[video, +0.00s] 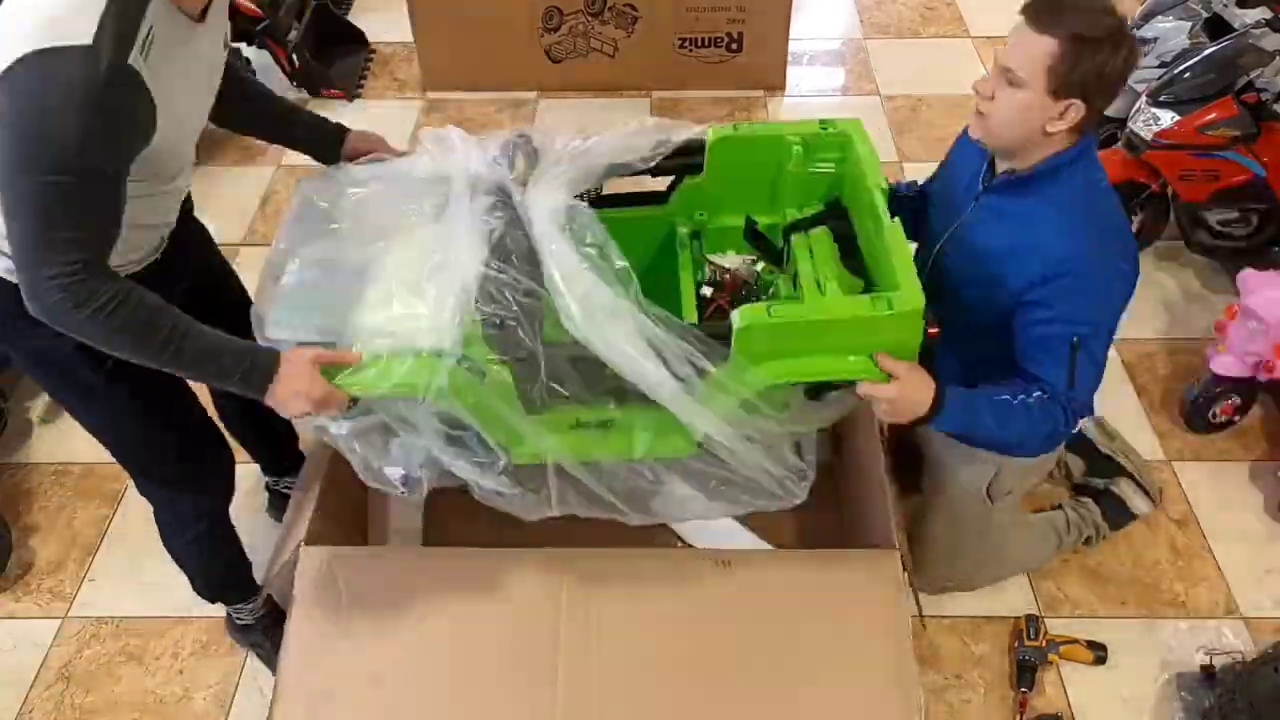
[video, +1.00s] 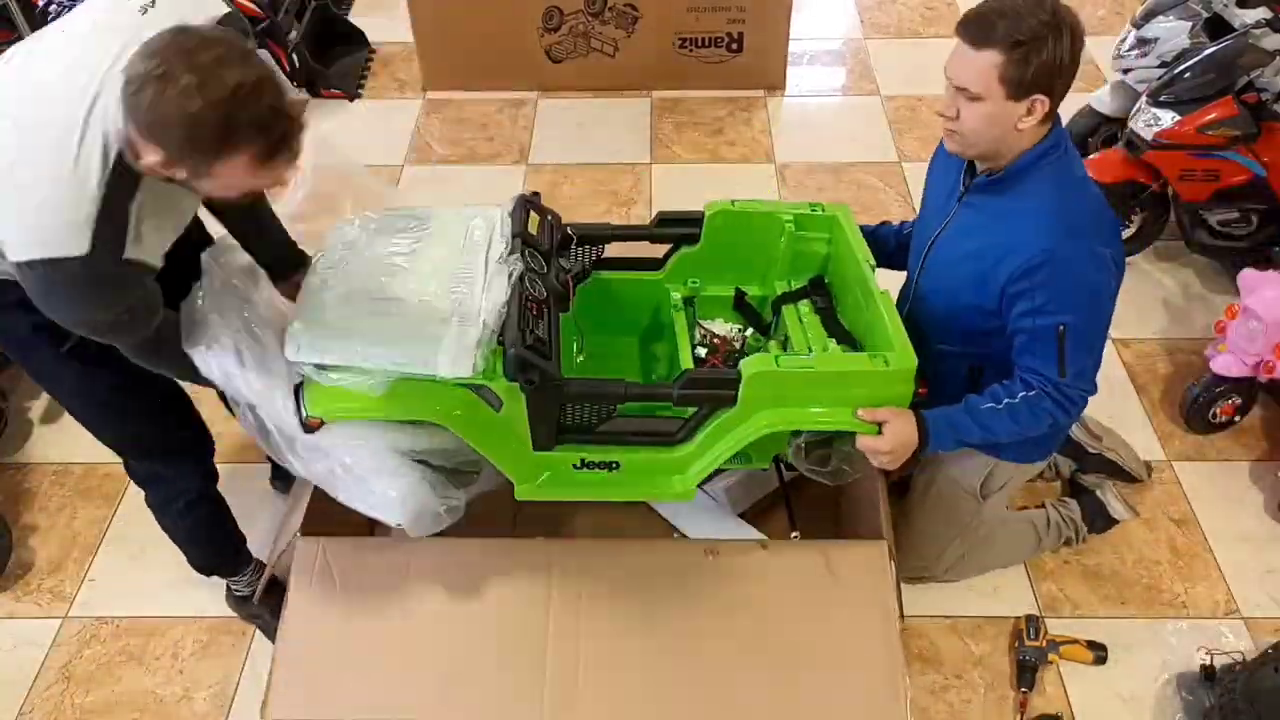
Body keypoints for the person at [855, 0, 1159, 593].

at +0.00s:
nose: (981, 87)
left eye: (1009, 82)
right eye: (995, 67)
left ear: (1063, 116)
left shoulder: (1089, 252)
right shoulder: (989, 136)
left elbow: (1052, 409)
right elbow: (929, 212)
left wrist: (936, 403)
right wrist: (844, 204)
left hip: (993, 420)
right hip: (928, 355)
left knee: (944, 566)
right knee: (919, 471)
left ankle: (1103, 509)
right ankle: (1064, 457)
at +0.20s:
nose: (985, 95)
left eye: (1011, 88)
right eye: (997, 75)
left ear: (1070, 119)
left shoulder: (1080, 254)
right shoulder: (988, 141)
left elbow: (1014, 414)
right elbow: (887, 186)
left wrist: (872, 425)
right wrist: (801, 163)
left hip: (1009, 431)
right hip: (943, 373)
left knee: (946, 567)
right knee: (917, 473)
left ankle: (1104, 512)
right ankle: (1059, 450)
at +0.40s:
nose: (1000, 229)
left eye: (1031, 227)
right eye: (1000, 200)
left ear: (1088, 223)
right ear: (1003, 165)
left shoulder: (1094, 308)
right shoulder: (978, 180)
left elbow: (1004, 464)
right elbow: (879, 236)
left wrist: (849, 472)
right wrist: (773, 233)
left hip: (1008, 455)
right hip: (939, 400)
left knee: (923, 559)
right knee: (897, 461)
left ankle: (1076, 509)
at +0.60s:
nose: (970, 146)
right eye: (978, 127)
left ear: (1058, 160)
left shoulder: (1090, 297)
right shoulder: (976, 179)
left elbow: (1013, 449)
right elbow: (908, 243)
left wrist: (870, 470)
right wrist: (801, 253)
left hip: (998, 451)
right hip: (929, 396)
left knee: (915, 557)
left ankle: (1077, 506)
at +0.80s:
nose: (962, 103)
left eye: (982, 92)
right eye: (970, 85)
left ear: (1042, 115)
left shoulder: (1087, 263)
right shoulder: (972, 153)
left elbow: (1058, 411)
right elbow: (942, 245)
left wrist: (932, 448)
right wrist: (852, 238)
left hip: (992, 421)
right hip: (915, 358)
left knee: (918, 555)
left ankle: (1078, 505)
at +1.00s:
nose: (945, 109)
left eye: (968, 98)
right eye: (949, 88)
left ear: (1032, 113)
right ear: (948, 70)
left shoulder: (1069, 244)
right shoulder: (966, 143)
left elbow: (1050, 398)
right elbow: (940, 245)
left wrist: (924, 430)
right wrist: (854, 242)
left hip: (997, 418)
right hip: (923, 362)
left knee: (920, 556)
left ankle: (1079, 514)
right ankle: (1044, 449)